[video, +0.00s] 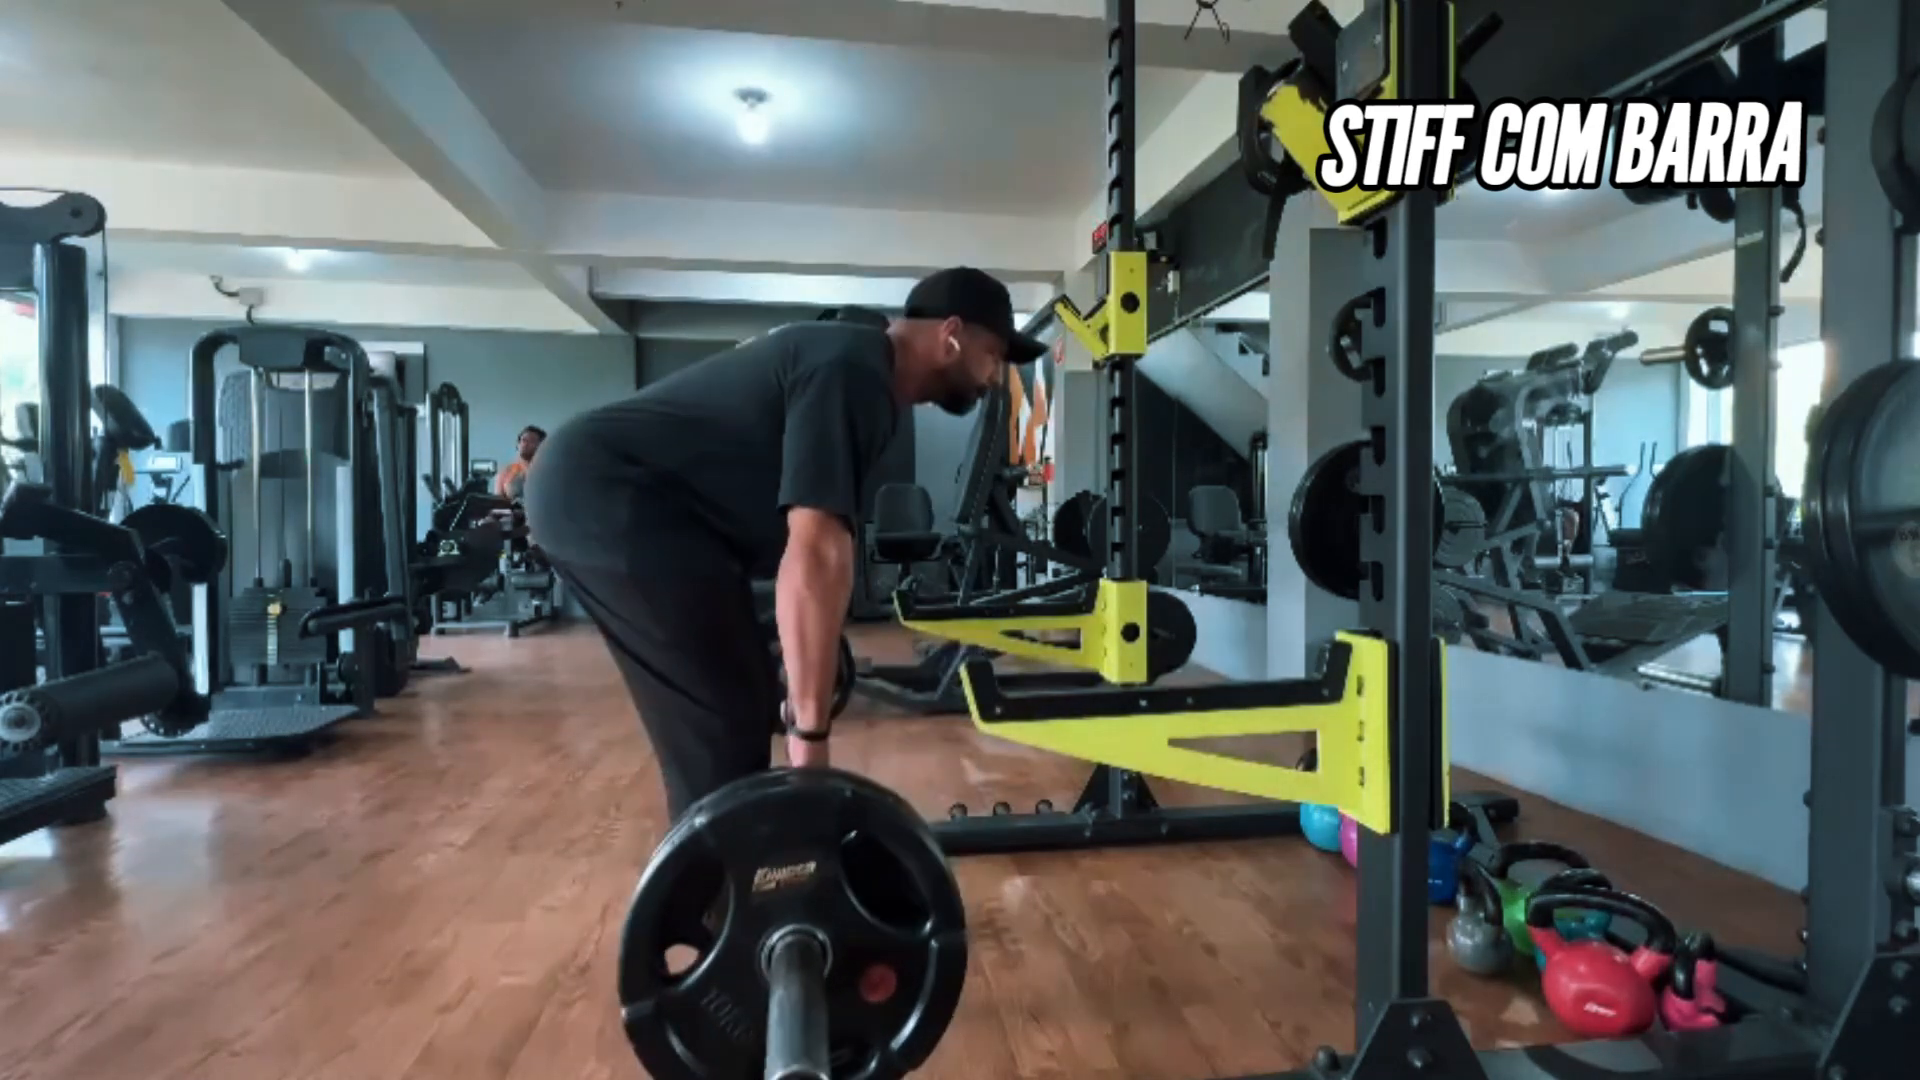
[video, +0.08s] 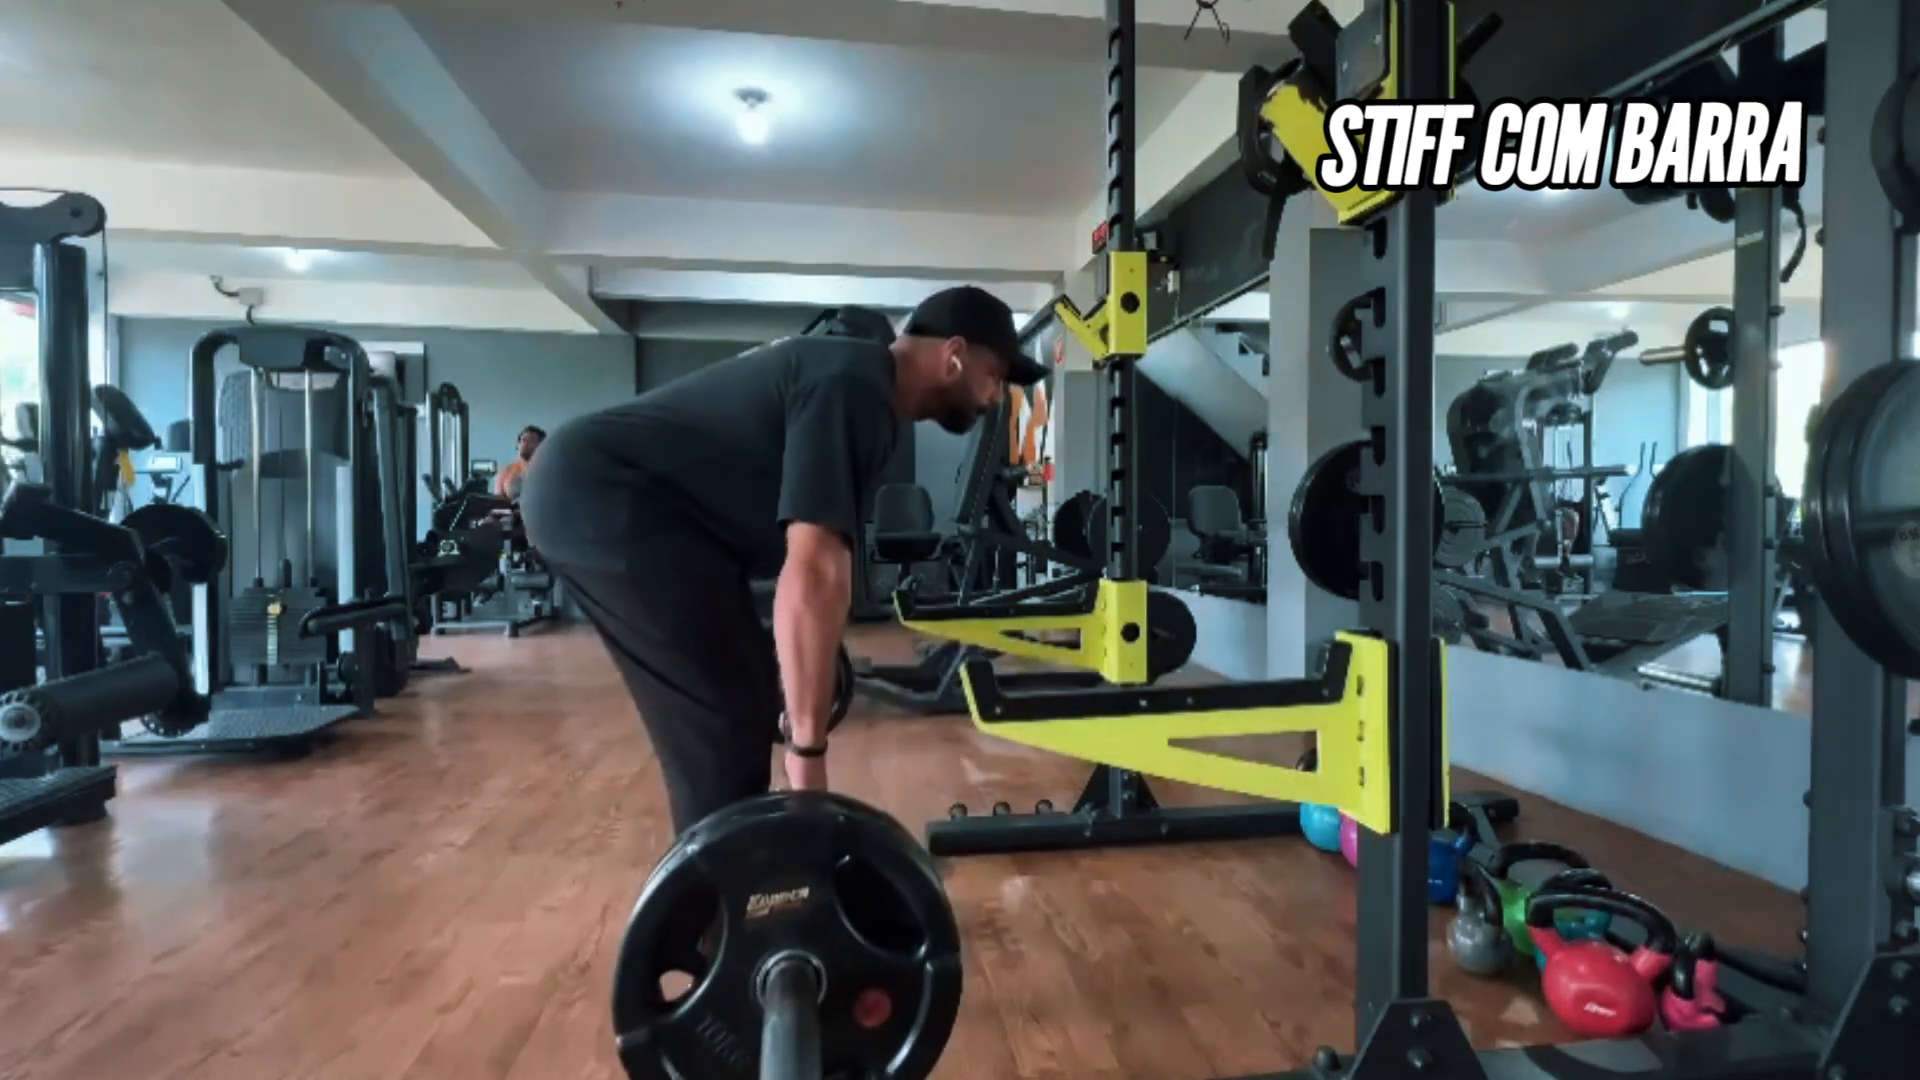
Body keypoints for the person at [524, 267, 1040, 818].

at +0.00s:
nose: (999, 377)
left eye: (1004, 362)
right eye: (997, 355)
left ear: (947, 334)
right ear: (952, 334)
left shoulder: (855, 371)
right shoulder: (845, 365)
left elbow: (826, 545)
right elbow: (815, 548)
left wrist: (803, 712)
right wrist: (809, 732)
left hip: (610, 485)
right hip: (610, 487)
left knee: (723, 706)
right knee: (732, 707)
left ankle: (715, 905)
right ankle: (722, 911)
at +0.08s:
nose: (997, 398)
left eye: (1006, 384)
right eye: (997, 377)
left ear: (948, 352)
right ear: (954, 352)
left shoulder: (854, 383)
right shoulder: (847, 380)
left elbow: (824, 564)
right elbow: (813, 567)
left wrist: (801, 728)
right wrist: (807, 751)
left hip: (603, 489)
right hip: (602, 492)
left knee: (727, 708)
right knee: (733, 708)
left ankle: (716, 922)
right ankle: (719, 927)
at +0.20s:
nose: (997, 420)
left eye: (1006, 407)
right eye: (997, 399)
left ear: (949, 372)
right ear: (954, 372)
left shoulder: (855, 398)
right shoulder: (848, 393)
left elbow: (822, 581)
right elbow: (812, 584)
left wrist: (797, 746)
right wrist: (804, 765)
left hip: (601, 494)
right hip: (596, 496)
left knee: (732, 718)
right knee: (735, 721)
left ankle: (725, 941)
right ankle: (726, 948)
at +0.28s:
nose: (995, 428)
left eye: (1004, 414)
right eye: (997, 407)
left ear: (949, 379)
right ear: (954, 380)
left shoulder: (853, 402)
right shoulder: (847, 400)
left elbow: (821, 588)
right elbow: (812, 592)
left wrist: (796, 752)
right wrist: (802, 773)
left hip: (601, 496)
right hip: (597, 498)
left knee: (731, 714)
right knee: (733, 718)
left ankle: (728, 936)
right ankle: (728, 944)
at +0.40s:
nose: (997, 425)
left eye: (1006, 411)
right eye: (998, 404)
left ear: (949, 377)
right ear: (954, 377)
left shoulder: (854, 401)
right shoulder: (846, 397)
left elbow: (821, 585)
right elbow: (812, 588)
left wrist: (794, 749)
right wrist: (801, 769)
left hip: (600, 497)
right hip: (594, 498)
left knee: (732, 716)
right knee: (735, 720)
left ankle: (729, 940)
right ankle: (727, 946)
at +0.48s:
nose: (997, 408)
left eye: (1005, 393)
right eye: (997, 386)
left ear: (948, 361)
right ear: (953, 360)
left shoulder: (850, 389)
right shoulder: (844, 388)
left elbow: (819, 570)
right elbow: (810, 573)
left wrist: (793, 736)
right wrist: (800, 756)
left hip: (603, 490)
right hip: (599, 492)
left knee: (735, 719)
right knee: (734, 723)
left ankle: (726, 931)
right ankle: (728, 937)